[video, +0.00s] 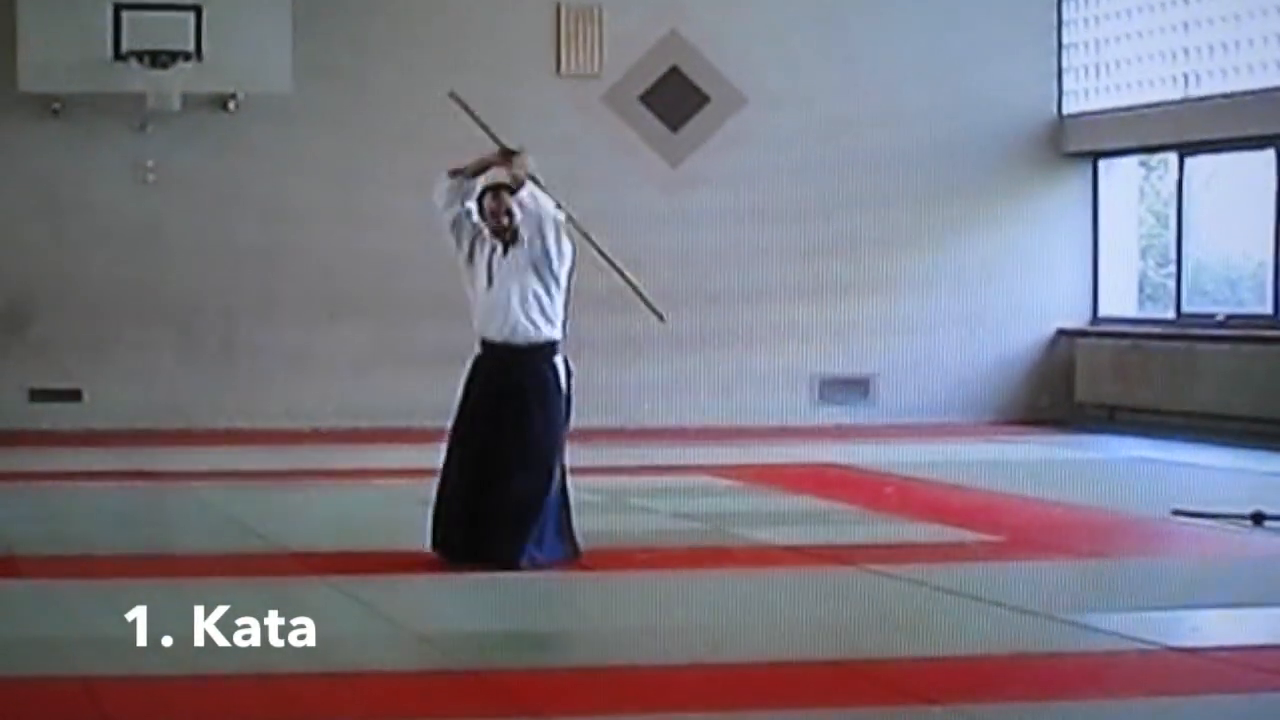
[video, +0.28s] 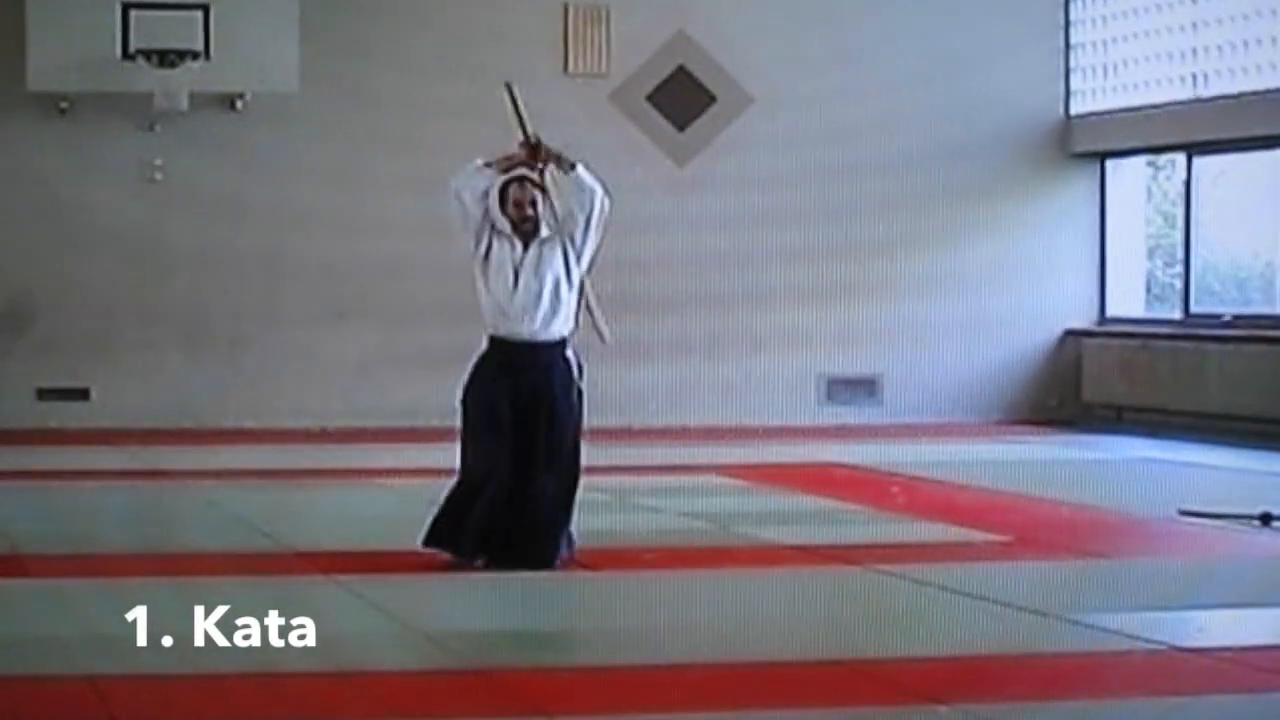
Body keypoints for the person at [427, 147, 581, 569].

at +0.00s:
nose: (497, 217)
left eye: (503, 209)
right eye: (490, 212)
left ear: (519, 210)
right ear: (481, 216)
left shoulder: (546, 249)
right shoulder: (478, 249)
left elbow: (547, 220)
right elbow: (448, 202)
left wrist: (523, 184)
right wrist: (485, 165)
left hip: (536, 358)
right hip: (491, 356)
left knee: (531, 458)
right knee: (472, 450)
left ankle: (526, 546)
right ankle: (465, 544)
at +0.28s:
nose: (525, 209)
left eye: (531, 202)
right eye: (516, 203)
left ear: (543, 205)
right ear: (502, 209)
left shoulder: (565, 246)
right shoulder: (489, 246)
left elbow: (595, 199)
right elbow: (462, 189)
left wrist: (559, 161)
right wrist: (510, 160)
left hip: (551, 363)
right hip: (500, 359)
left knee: (548, 465)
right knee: (487, 460)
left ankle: (540, 553)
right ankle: (474, 548)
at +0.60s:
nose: (535, 218)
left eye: (542, 210)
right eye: (526, 210)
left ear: (551, 216)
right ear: (511, 215)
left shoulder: (562, 263)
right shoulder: (498, 260)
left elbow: (592, 266)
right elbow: (477, 251)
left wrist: (578, 216)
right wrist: (516, 208)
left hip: (554, 367)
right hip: (507, 365)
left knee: (564, 462)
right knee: (510, 461)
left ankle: (540, 553)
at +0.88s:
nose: (543, 218)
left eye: (548, 210)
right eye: (535, 210)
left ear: (556, 215)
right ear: (516, 214)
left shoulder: (567, 261)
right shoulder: (493, 258)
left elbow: (588, 300)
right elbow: (500, 295)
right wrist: (550, 286)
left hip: (551, 368)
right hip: (509, 369)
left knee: (561, 463)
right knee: (526, 466)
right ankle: (547, 562)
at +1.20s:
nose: (555, 217)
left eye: (561, 210)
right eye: (547, 209)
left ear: (566, 215)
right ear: (526, 210)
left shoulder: (572, 259)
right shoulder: (504, 260)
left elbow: (592, 304)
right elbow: (526, 295)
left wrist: (585, 330)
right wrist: (562, 315)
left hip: (548, 369)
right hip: (509, 369)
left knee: (550, 462)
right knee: (518, 462)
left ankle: (552, 554)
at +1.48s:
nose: (573, 222)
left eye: (579, 215)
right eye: (566, 213)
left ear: (583, 220)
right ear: (544, 214)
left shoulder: (584, 260)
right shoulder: (519, 262)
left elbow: (604, 307)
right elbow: (537, 298)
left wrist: (595, 328)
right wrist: (573, 314)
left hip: (557, 370)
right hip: (520, 370)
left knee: (556, 462)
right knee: (541, 462)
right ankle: (551, 553)